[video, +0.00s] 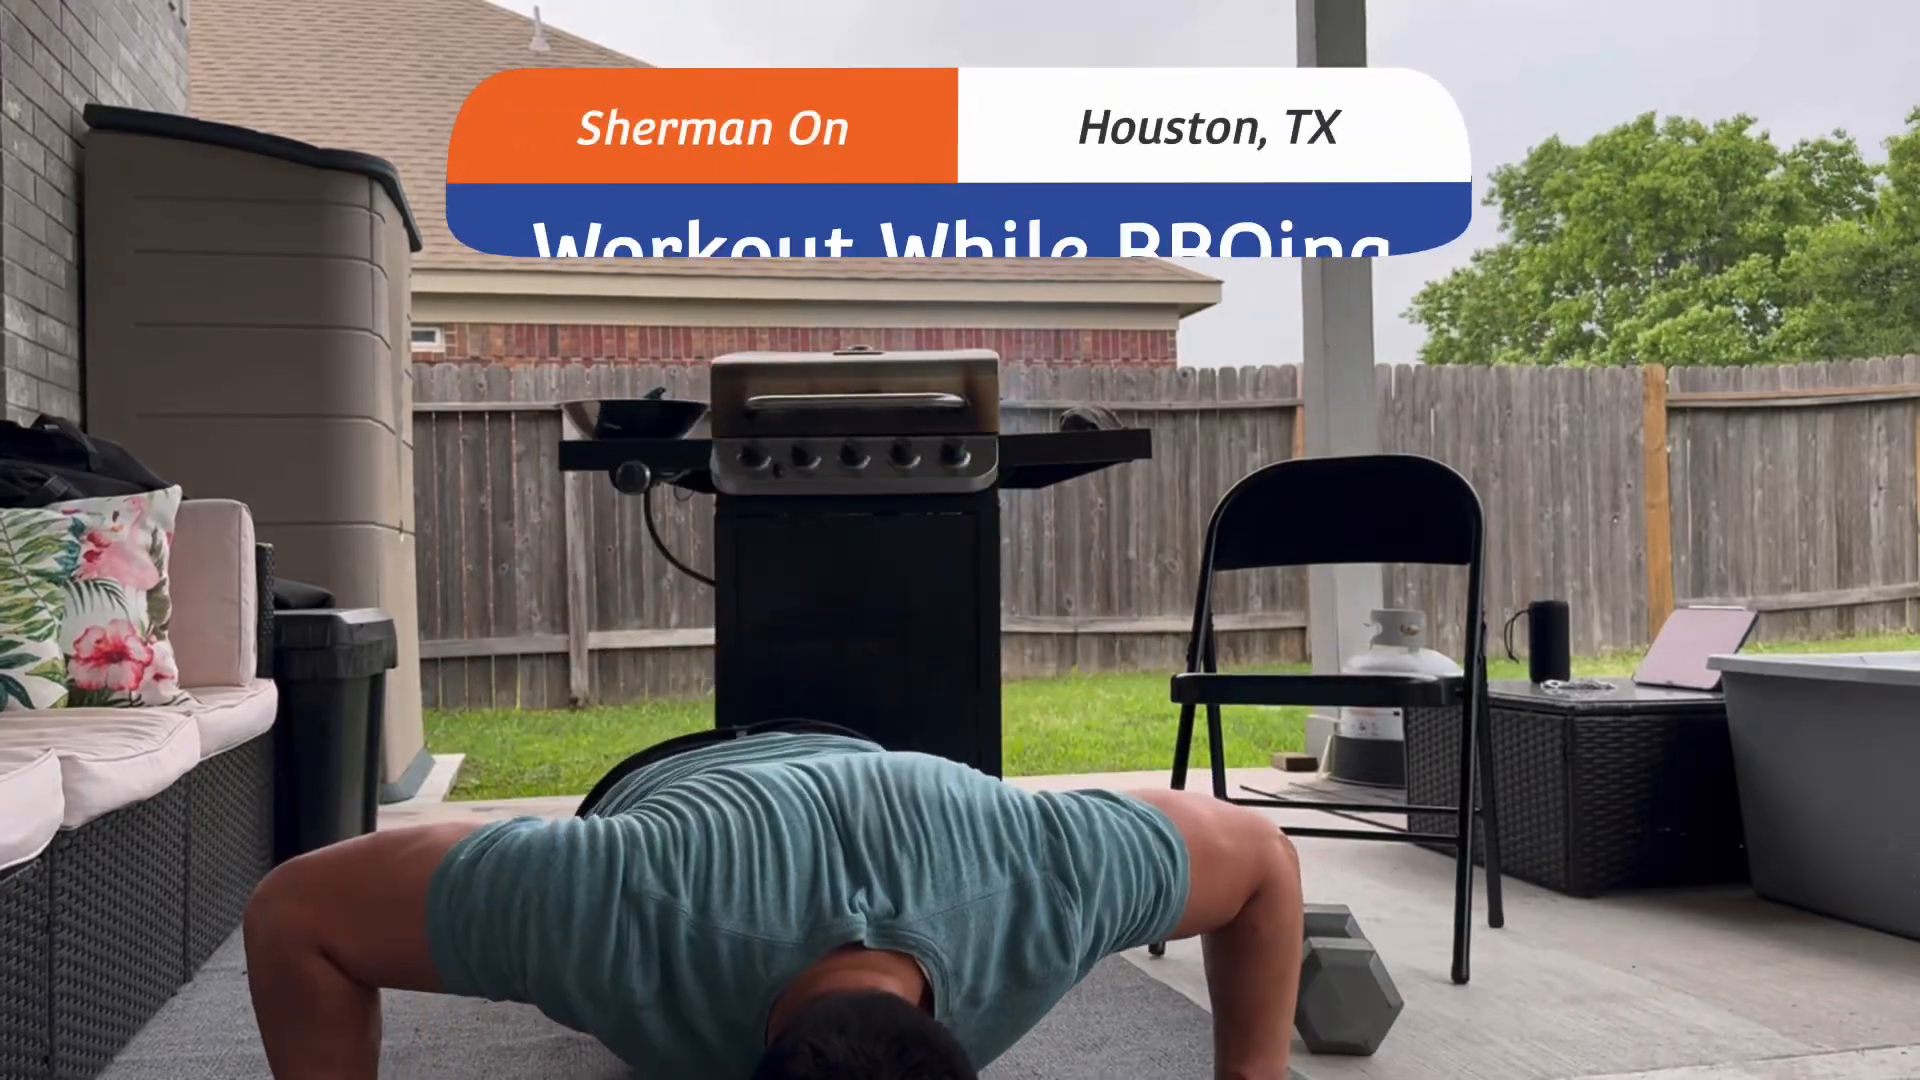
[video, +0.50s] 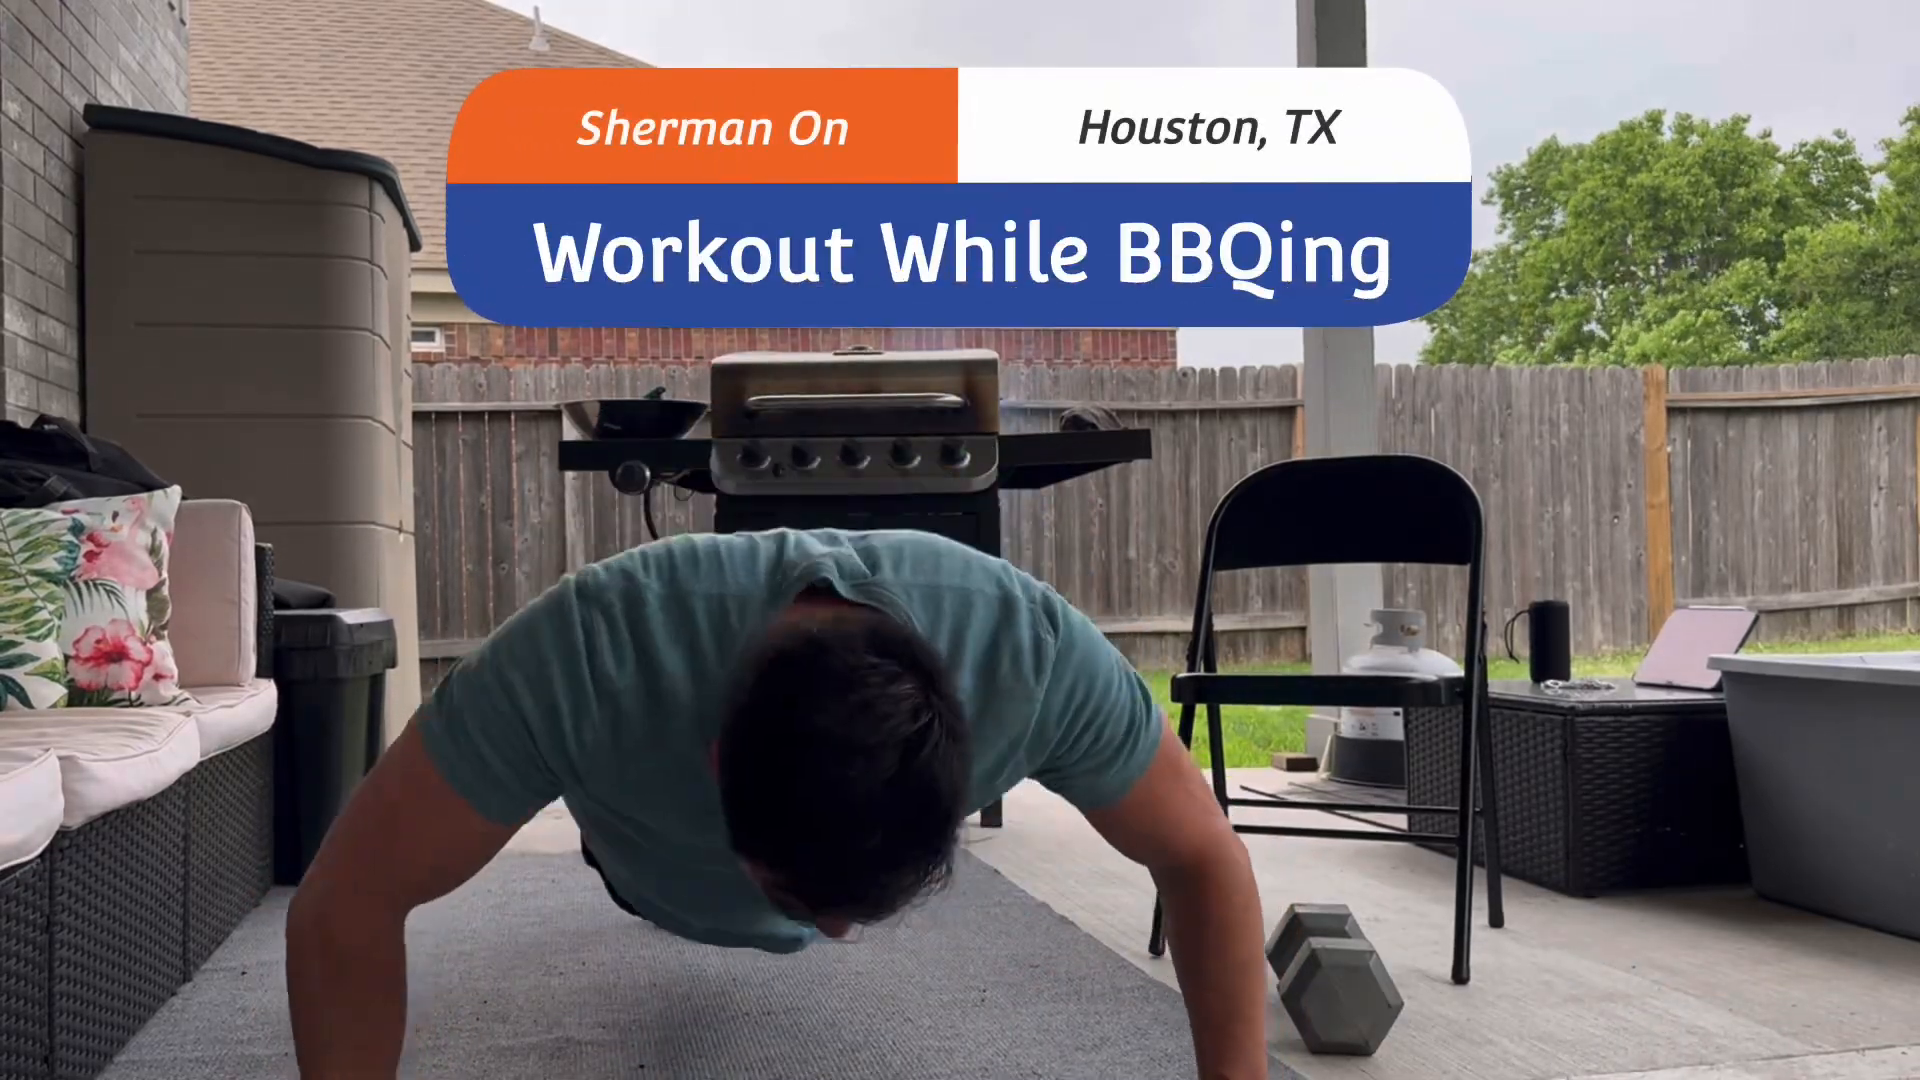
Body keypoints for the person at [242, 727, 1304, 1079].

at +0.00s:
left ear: (945, 1031)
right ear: (767, 1036)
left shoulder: (1052, 882)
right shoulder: (620, 924)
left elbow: (1263, 865)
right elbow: (293, 923)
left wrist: (1256, 1066)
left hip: (895, 773)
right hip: (652, 799)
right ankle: (451, 816)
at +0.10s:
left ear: (960, 994)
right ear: (753, 1006)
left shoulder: (1063, 837)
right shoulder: (600, 869)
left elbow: (1264, 870)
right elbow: (294, 923)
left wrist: (1257, 1072)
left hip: (902, 739)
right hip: (660, 763)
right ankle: (445, 801)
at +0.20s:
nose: (825, 1047)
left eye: (870, 1036)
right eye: (797, 1022)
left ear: (975, 871)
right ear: (743, 875)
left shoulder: (1056, 756)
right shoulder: (589, 771)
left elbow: (1245, 871)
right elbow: (312, 923)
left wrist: (1248, 1067)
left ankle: (1278, 945)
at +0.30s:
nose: (844, 897)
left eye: (882, 875)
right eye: (809, 872)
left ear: (959, 766)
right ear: (730, 758)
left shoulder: (1045, 638)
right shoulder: (585, 631)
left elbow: (1208, 857)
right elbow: (372, 903)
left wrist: (1240, 1070)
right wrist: (362, 1072)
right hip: (668, 802)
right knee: (690, 887)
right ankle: (671, 887)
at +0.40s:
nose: (829, 825)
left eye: (864, 807)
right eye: (795, 796)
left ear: (950, 714)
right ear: (720, 669)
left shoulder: (1026, 582)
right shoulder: (588, 576)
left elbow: (1172, 849)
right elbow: (390, 882)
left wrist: (1231, 1070)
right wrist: (365, 1070)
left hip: (839, 832)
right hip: (653, 799)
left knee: (792, 895)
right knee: (667, 887)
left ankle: (751, 896)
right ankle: (669, 895)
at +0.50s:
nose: (830, 930)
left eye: (868, 913)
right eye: (792, 904)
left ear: (955, 794)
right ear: (724, 777)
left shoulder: (1030, 653)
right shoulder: (582, 656)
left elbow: (1205, 861)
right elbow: (346, 902)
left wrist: (1236, 1072)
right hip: (670, 869)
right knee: (678, 898)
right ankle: (637, 868)